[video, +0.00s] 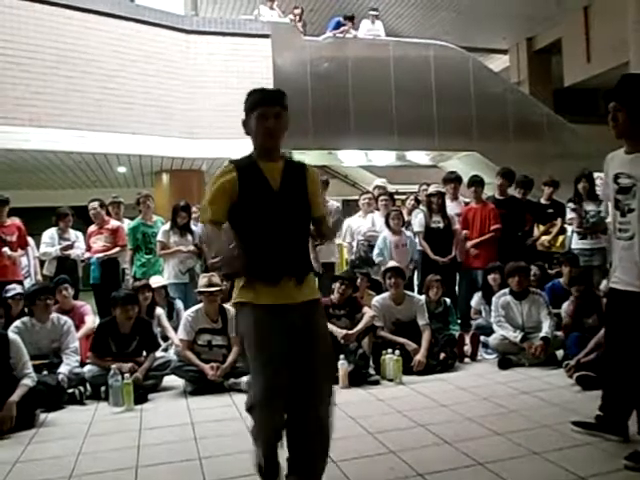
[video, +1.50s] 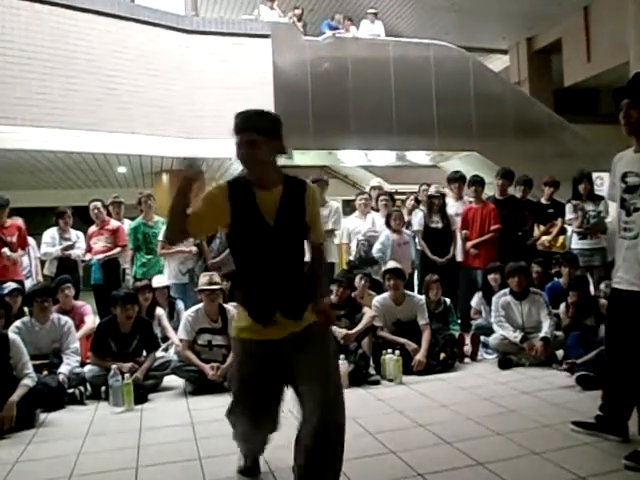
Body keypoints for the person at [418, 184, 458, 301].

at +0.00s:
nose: (436, 200)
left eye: (439, 197)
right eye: (433, 196)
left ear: (443, 200)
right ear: (428, 199)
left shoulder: (449, 217)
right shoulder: (423, 216)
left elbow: (454, 236)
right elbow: (420, 238)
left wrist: (453, 253)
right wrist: (432, 256)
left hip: (448, 259)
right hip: (430, 259)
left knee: (448, 292)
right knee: (428, 291)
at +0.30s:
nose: (437, 200)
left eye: (440, 197)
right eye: (434, 196)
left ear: (443, 199)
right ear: (429, 199)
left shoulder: (449, 216)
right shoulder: (423, 216)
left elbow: (454, 236)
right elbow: (421, 238)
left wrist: (453, 253)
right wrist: (433, 256)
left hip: (448, 259)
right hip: (430, 259)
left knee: (448, 293)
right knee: (429, 292)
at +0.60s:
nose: (437, 200)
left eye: (440, 197)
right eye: (433, 196)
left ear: (443, 199)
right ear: (429, 199)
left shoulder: (449, 216)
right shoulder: (423, 216)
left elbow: (454, 236)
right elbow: (420, 238)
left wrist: (451, 254)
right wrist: (433, 256)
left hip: (447, 259)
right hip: (429, 259)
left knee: (448, 292)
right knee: (429, 291)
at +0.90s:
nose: (436, 200)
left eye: (439, 197)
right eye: (433, 196)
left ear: (443, 199)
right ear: (428, 199)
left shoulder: (448, 216)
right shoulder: (423, 216)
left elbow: (454, 236)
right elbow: (420, 238)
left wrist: (451, 254)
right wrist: (432, 256)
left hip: (447, 259)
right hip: (429, 258)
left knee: (448, 291)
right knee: (429, 290)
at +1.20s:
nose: (438, 199)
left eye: (441, 196)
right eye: (434, 196)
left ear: (444, 199)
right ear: (430, 198)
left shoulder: (448, 217)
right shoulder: (423, 216)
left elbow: (453, 236)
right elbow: (419, 238)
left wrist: (451, 254)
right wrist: (432, 256)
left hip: (447, 259)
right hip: (429, 259)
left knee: (447, 291)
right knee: (428, 290)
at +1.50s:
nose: (437, 201)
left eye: (439, 198)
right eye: (434, 198)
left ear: (443, 200)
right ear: (429, 199)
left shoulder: (448, 217)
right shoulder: (423, 217)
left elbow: (453, 236)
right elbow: (420, 238)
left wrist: (450, 254)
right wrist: (432, 256)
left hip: (446, 260)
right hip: (429, 260)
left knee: (447, 291)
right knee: (428, 290)